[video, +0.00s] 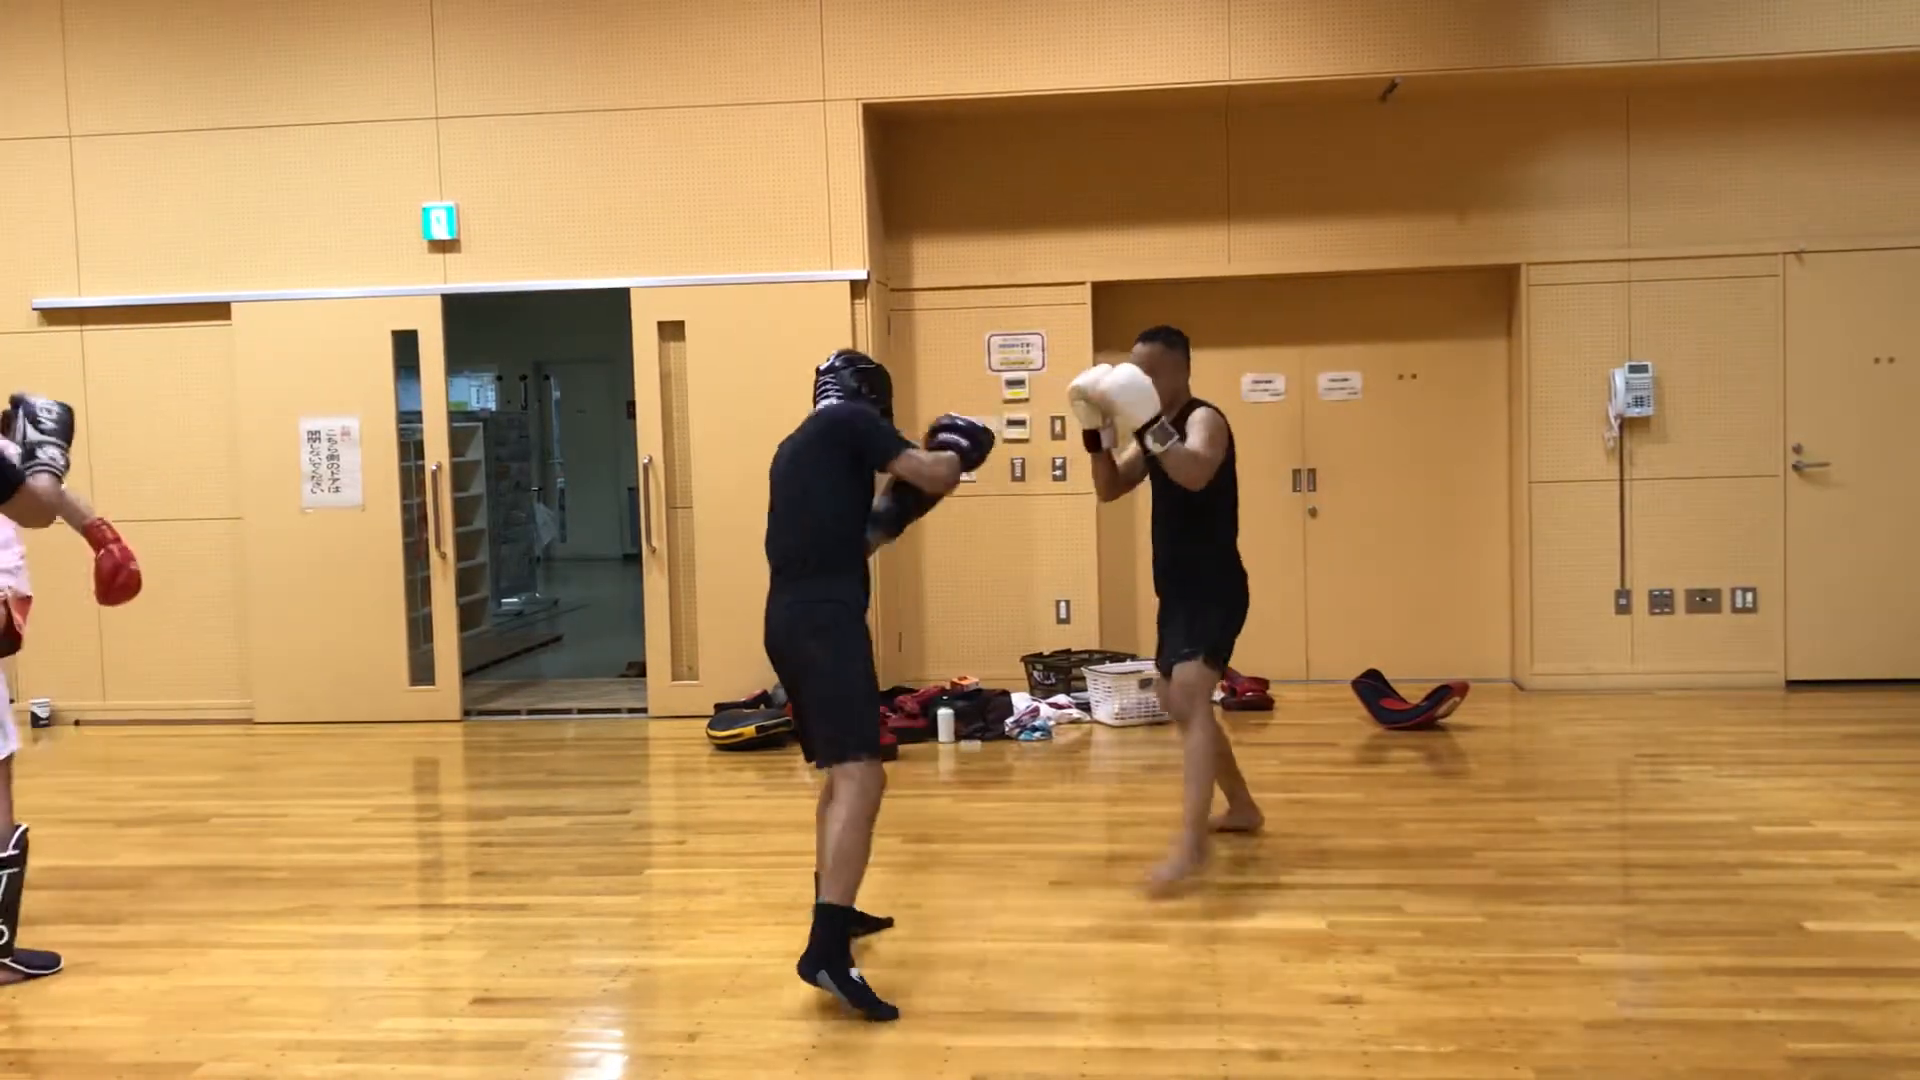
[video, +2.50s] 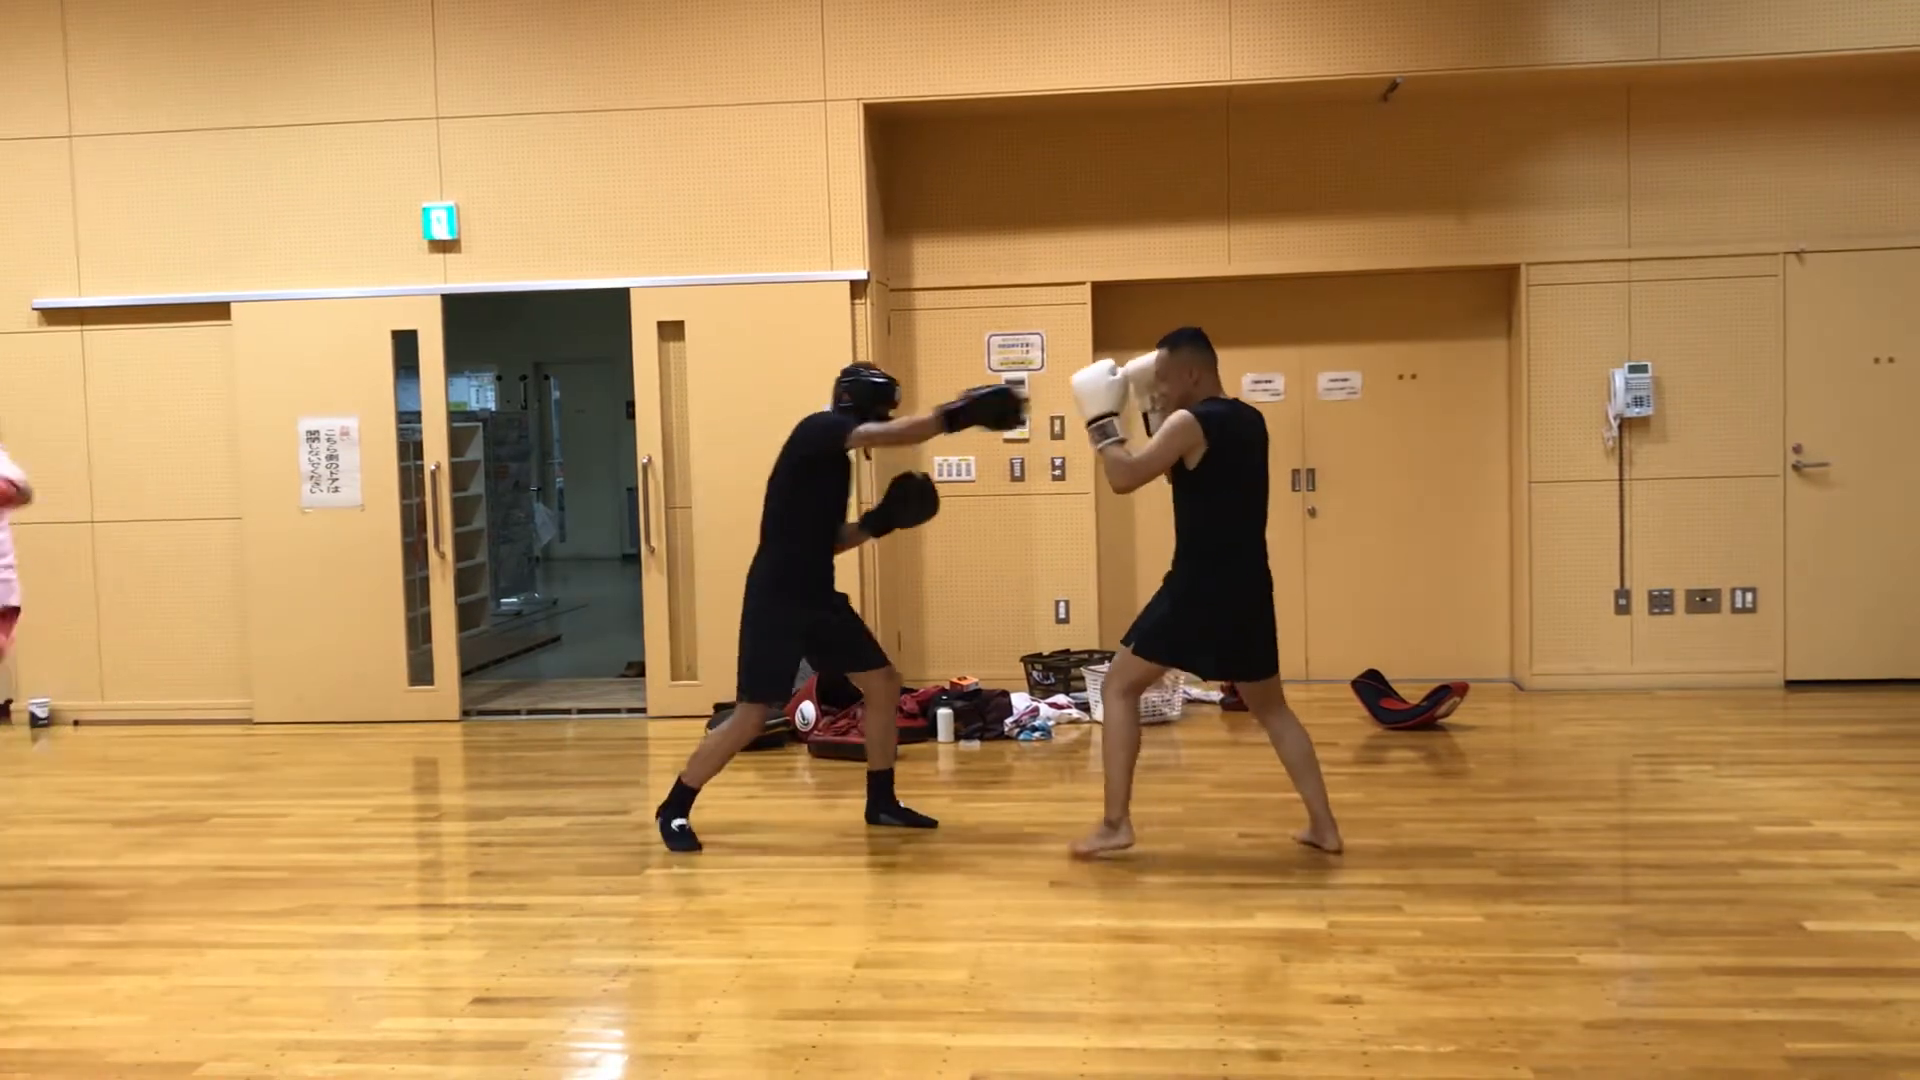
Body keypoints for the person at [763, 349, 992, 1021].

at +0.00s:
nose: (886, 415)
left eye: (884, 406)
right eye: (884, 404)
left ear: (824, 391)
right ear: (871, 393)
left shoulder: (794, 449)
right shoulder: (853, 419)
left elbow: (846, 547)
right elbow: (934, 479)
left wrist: (897, 508)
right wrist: (955, 447)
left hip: (794, 621)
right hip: (827, 621)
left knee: (841, 775)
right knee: (861, 778)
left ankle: (835, 909)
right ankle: (825, 951)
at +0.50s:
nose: (858, 409)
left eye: (862, 399)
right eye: (851, 396)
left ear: (854, 396)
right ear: (821, 385)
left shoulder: (833, 437)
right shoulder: (772, 430)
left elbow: (884, 474)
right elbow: (786, 514)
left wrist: (917, 431)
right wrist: (850, 476)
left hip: (796, 617)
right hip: (754, 616)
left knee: (828, 725)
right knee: (766, 753)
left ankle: (790, 849)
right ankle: (728, 919)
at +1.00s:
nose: (782, 422)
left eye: (785, 414)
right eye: (778, 411)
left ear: (774, 402)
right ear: (759, 395)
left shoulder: (759, 440)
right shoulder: (718, 439)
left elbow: (780, 513)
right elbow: (775, 517)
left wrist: (827, 472)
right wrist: (820, 471)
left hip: (753, 604)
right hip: (706, 607)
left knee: (819, 699)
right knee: (703, 741)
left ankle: (797, 834)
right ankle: (646, 848)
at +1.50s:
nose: (821, 421)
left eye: (823, 412)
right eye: (812, 412)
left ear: (816, 411)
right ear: (780, 406)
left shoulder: (815, 440)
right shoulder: (729, 448)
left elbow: (829, 483)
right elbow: (728, 535)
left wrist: (868, 481)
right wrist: (791, 497)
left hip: (780, 599)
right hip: (724, 603)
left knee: (830, 693)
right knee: (704, 716)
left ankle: (818, 804)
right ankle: (645, 819)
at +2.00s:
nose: (766, 415)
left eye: (768, 406)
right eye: (758, 406)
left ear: (759, 405)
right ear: (726, 402)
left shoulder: (760, 436)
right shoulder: (679, 450)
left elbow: (802, 496)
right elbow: (703, 528)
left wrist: (812, 456)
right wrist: (756, 475)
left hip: (750, 597)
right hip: (694, 604)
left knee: (811, 686)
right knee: (674, 719)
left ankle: (858, 797)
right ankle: (629, 822)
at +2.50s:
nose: (887, 419)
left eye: (888, 411)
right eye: (883, 410)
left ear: (847, 403)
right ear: (857, 402)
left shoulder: (834, 457)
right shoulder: (819, 428)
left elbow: (825, 543)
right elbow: (896, 433)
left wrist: (881, 519)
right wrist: (959, 414)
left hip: (817, 594)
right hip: (777, 594)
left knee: (882, 684)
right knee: (752, 716)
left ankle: (881, 802)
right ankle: (673, 810)